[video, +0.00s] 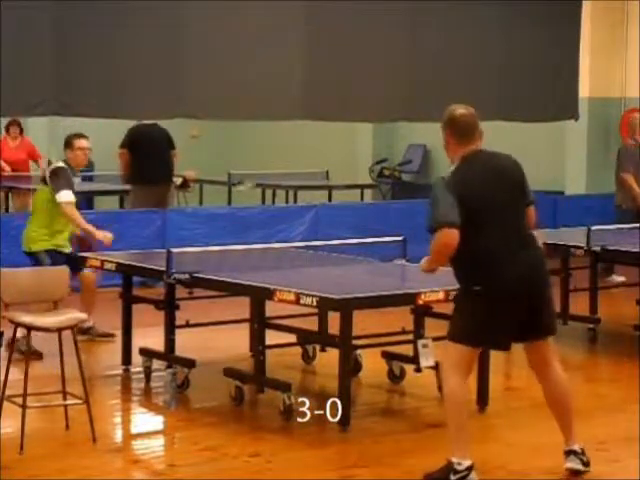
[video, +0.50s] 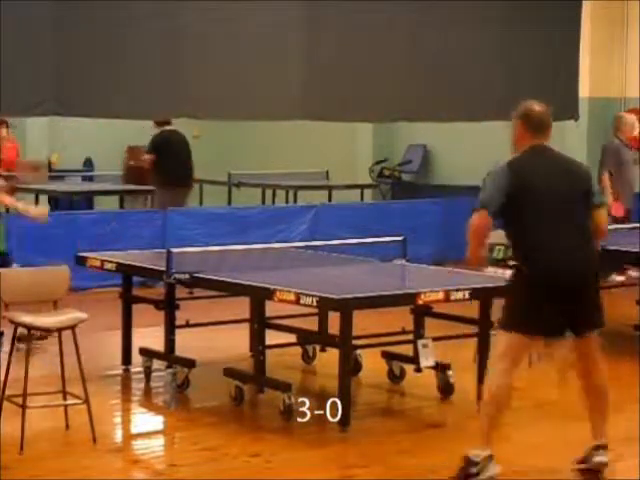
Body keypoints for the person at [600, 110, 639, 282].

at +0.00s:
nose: (639, 130)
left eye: (638, 126)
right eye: (636, 125)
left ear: (632, 129)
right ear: (629, 128)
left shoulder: (631, 149)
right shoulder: (628, 149)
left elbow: (625, 176)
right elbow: (625, 175)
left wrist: (633, 196)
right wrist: (636, 196)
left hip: (627, 204)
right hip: (626, 204)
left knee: (617, 236)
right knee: (617, 237)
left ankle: (608, 269)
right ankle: (607, 270)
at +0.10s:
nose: (639, 129)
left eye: (638, 125)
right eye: (637, 125)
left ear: (631, 127)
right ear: (630, 127)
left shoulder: (632, 148)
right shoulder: (625, 148)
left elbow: (622, 175)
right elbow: (621, 175)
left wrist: (632, 195)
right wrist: (633, 196)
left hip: (626, 204)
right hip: (622, 205)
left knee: (615, 237)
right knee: (615, 237)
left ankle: (609, 269)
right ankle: (607, 270)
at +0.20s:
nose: (639, 130)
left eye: (638, 126)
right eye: (637, 126)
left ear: (628, 127)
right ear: (629, 127)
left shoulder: (630, 148)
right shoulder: (620, 148)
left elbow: (617, 176)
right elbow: (614, 176)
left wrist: (631, 201)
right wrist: (628, 203)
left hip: (625, 205)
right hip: (617, 205)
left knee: (613, 238)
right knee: (612, 238)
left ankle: (609, 270)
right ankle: (607, 271)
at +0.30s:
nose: (638, 132)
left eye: (638, 127)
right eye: (636, 127)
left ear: (629, 128)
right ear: (629, 128)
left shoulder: (630, 149)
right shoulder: (617, 148)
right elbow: (611, 175)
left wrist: (629, 201)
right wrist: (621, 202)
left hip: (626, 204)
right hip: (615, 205)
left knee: (614, 238)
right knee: (610, 238)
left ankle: (609, 270)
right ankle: (606, 271)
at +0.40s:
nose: (638, 132)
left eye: (637, 127)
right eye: (635, 127)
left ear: (628, 128)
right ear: (628, 128)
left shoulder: (631, 148)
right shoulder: (614, 146)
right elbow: (607, 173)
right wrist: (612, 201)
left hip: (631, 201)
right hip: (619, 203)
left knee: (630, 237)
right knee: (617, 237)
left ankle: (631, 269)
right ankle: (615, 270)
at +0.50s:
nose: (636, 130)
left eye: (636, 126)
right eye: (634, 126)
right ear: (624, 127)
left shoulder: (630, 147)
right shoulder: (612, 147)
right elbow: (604, 174)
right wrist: (611, 202)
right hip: (620, 204)